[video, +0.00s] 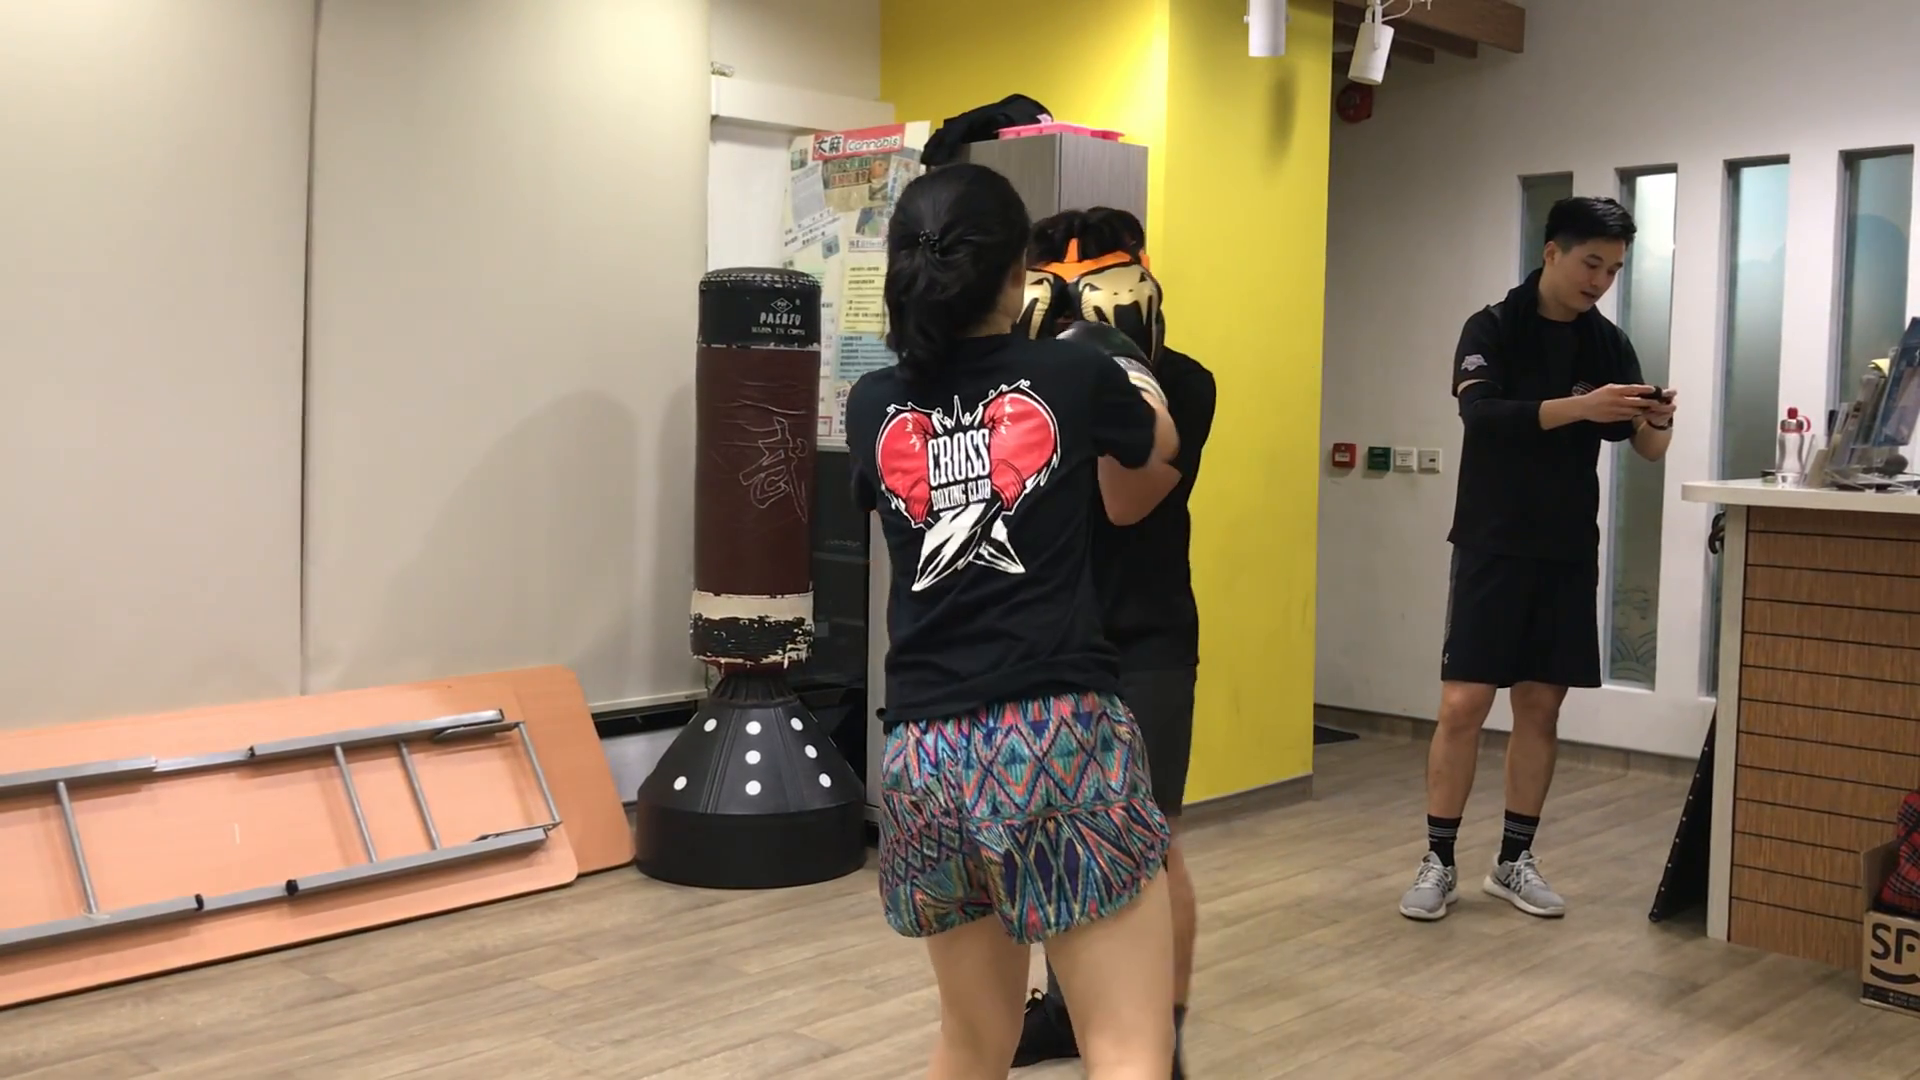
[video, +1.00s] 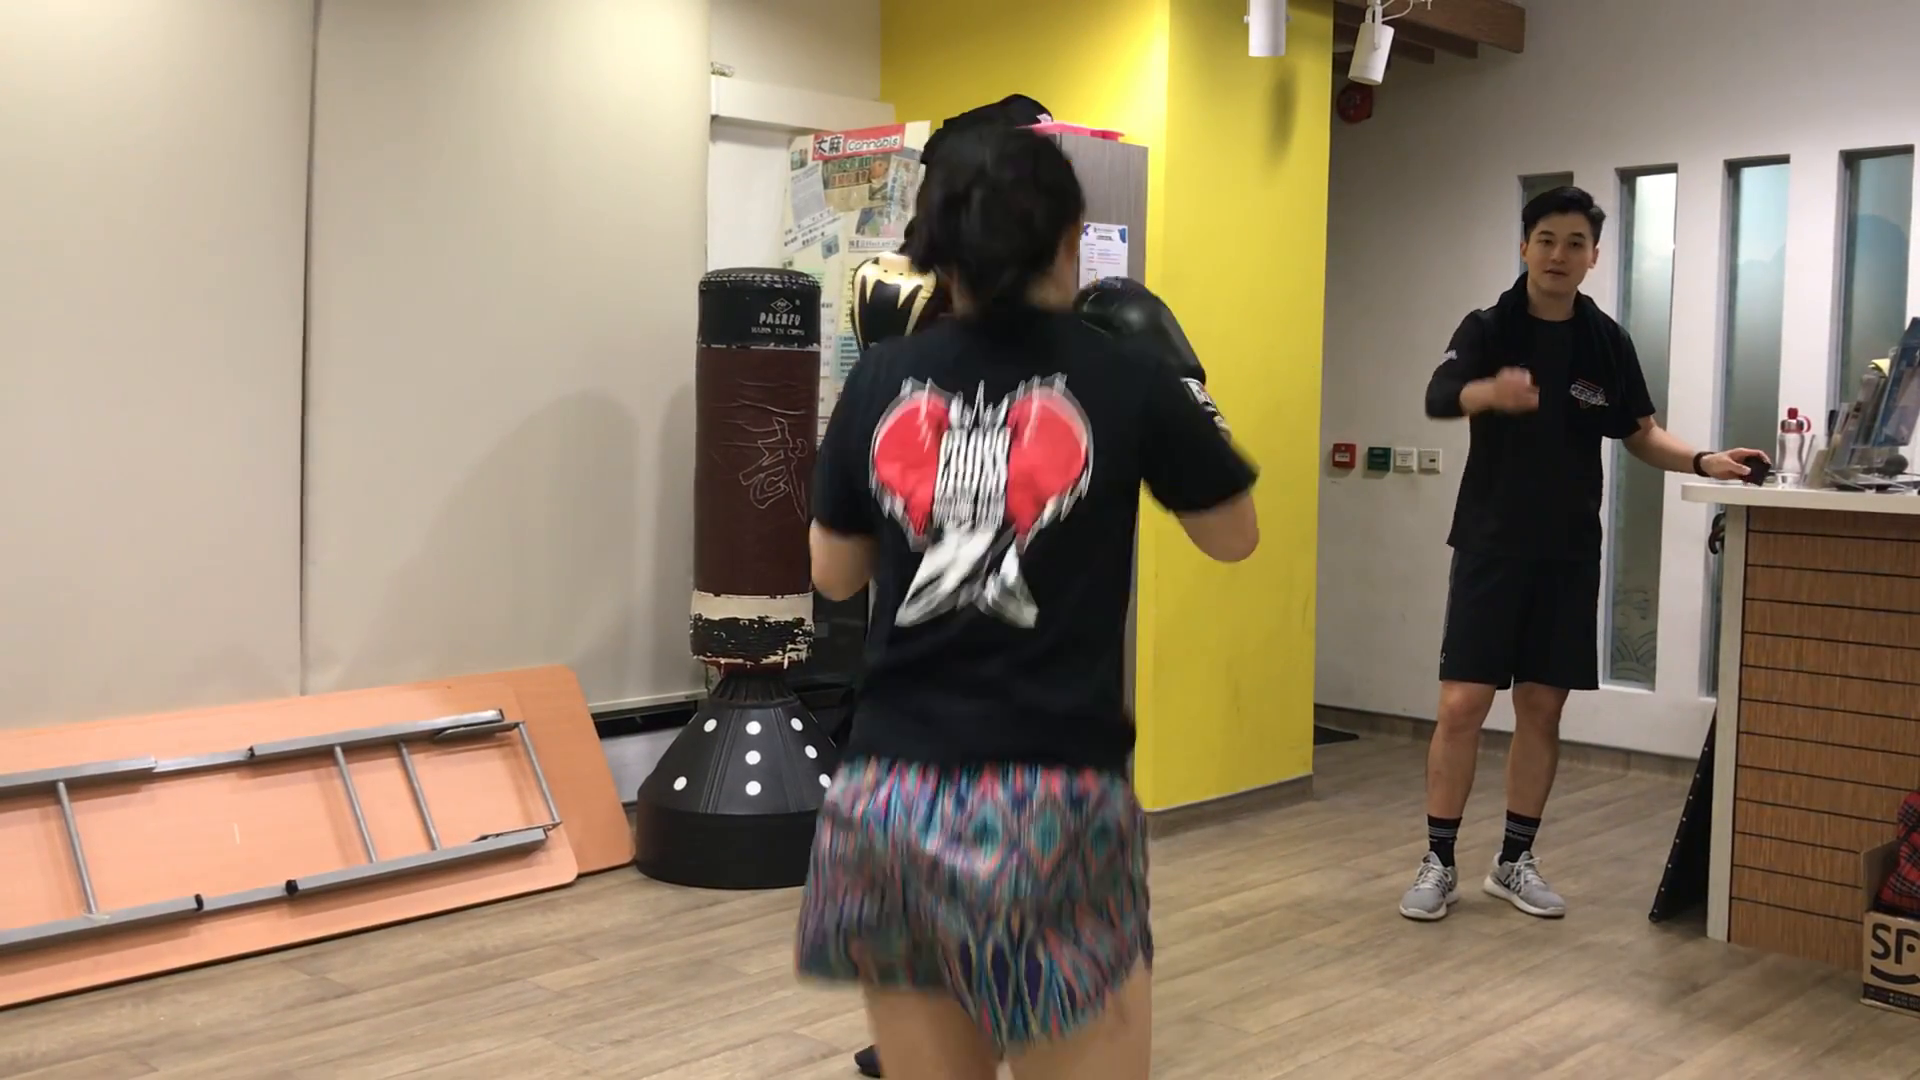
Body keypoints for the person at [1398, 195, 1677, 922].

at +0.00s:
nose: (1601, 281)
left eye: (1612, 270)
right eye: (1591, 264)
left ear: (1616, 270)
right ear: (1551, 251)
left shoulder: (1608, 345)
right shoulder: (1490, 328)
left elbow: (1650, 449)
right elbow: (1482, 415)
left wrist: (1656, 421)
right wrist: (1585, 407)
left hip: (1565, 551)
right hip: (1489, 545)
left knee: (1539, 708)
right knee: (1462, 705)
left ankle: (1516, 861)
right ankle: (1438, 862)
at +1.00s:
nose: (1560, 254)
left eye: (1575, 243)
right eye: (1547, 240)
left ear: (1594, 254)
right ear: (1524, 247)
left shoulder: (1606, 341)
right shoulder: (1489, 327)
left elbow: (1643, 434)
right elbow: (1439, 397)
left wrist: (1705, 460)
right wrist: (1488, 392)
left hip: (1567, 551)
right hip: (1489, 544)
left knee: (1541, 708)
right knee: (1460, 707)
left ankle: (1513, 861)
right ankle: (1437, 863)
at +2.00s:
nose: (1564, 262)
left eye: (1580, 251)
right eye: (1552, 246)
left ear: (1598, 259)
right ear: (1528, 249)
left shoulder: (1604, 339)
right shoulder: (1491, 321)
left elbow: (1642, 435)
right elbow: (1474, 355)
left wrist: (1703, 465)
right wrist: (1522, 292)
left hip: (1570, 549)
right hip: (1493, 541)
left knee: (1542, 709)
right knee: (1464, 708)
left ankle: (1513, 861)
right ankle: (1437, 863)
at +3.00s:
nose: (1570, 270)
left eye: (1586, 258)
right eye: (1560, 257)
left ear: (1614, 263)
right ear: (1547, 261)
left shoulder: (1646, 344)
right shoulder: (1525, 341)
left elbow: (1690, 437)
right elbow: (1485, 424)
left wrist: (1642, 467)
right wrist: (1483, 481)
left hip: (1608, 538)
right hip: (1538, 534)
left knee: (1583, 689)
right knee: (1548, 689)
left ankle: (1601, 845)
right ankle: (1573, 834)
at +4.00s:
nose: (1656, 269)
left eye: (1674, 258)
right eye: (1647, 254)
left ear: (1706, 264)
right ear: (1636, 255)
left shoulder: (1729, 350)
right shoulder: (1609, 328)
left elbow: (1735, 457)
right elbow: (1552, 387)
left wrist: (1647, 471)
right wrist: (1571, 460)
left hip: (1681, 543)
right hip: (1608, 534)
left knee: (1665, 705)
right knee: (1572, 693)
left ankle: (1652, 853)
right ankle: (1593, 843)